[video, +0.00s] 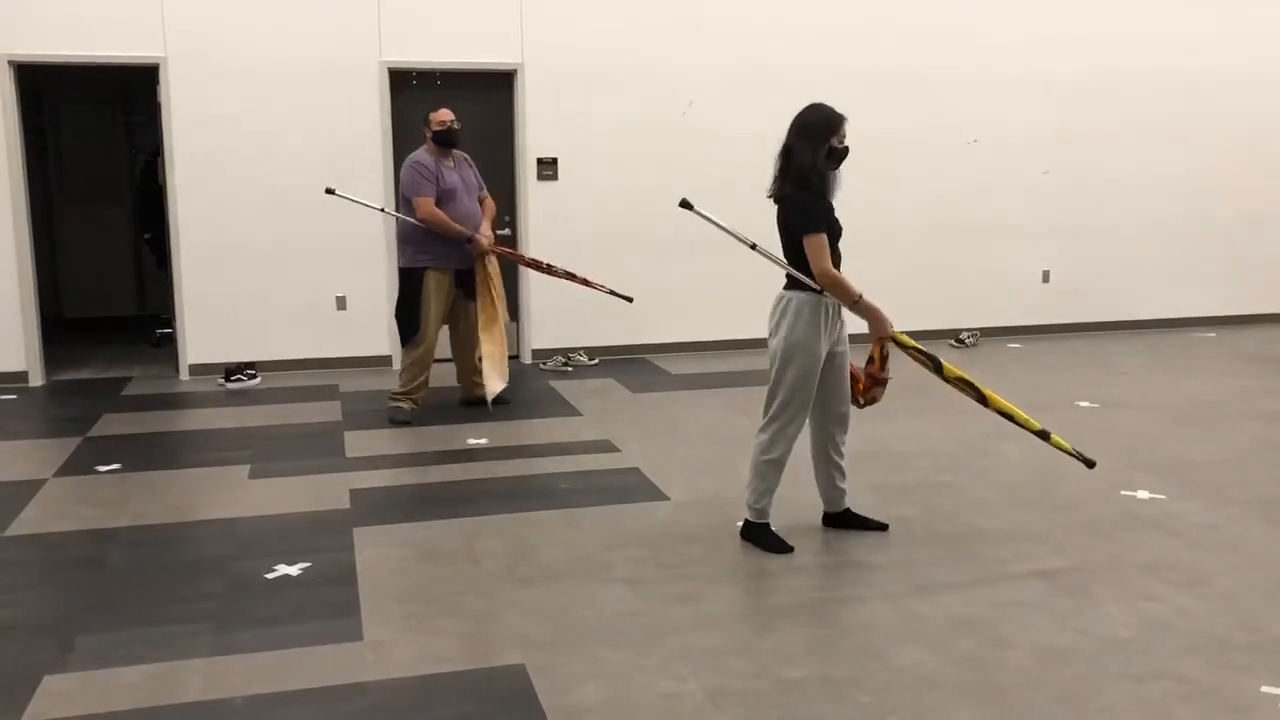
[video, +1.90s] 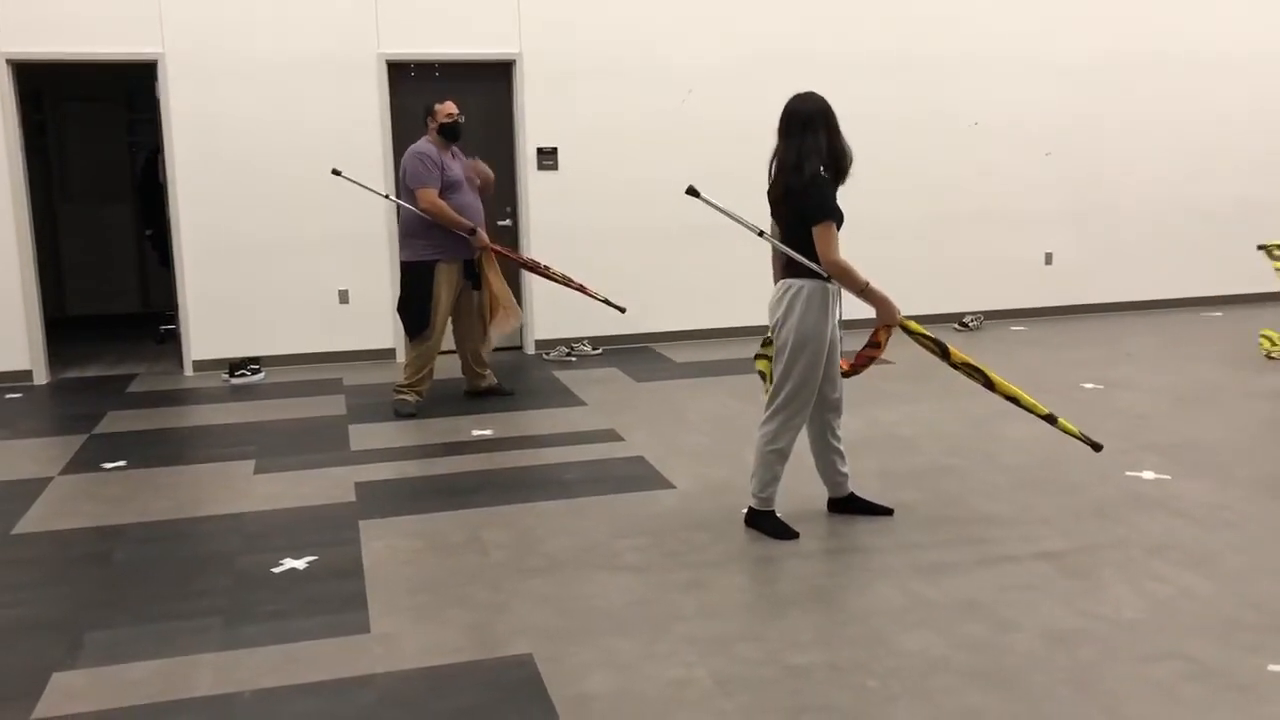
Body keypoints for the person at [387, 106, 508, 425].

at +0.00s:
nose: (450, 129)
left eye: (454, 124)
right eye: (443, 125)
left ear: (459, 128)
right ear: (428, 131)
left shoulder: (464, 161)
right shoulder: (417, 163)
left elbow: (488, 201)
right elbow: (425, 211)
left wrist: (485, 227)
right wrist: (469, 236)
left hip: (466, 262)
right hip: (427, 265)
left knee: (470, 331)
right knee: (422, 338)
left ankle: (475, 391)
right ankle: (404, 401)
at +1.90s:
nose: (456, 120)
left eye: (458, 116)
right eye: (449, 116)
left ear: (461, 123)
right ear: (432, 123)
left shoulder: (457, 155)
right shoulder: (420, 154)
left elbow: (478, 197)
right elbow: (428, 202)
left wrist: (487, 180)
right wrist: (472, 230)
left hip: (466, 254)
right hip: (430, 257)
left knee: (472, 322)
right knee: (427, 331)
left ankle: (479, 381)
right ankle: (408, 393)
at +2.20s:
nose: (452, 119)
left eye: (454, 114)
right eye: (444, 115)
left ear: (456, 120)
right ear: (426, 121)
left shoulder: (452, 150)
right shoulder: (415, 153)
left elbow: (464, 192)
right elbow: (423, 201)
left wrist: (490, 207)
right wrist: (467, 227)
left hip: (464, 251)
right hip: (427, 256)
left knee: (472, 319)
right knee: (424, 328)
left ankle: (478, 380)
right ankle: (407, 392)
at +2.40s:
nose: (450, 118)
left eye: (453, 113)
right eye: (443, 114)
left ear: (455, 119)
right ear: (425, 121)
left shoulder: (451, 148)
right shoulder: (414, 152)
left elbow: (460, 197)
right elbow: (421, 201)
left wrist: (476, 238)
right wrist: (465, 228)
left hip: (464, 251)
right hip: (428, 256)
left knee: (473, 319)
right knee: (424, 328)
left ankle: (479, 379)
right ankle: (407, 392)